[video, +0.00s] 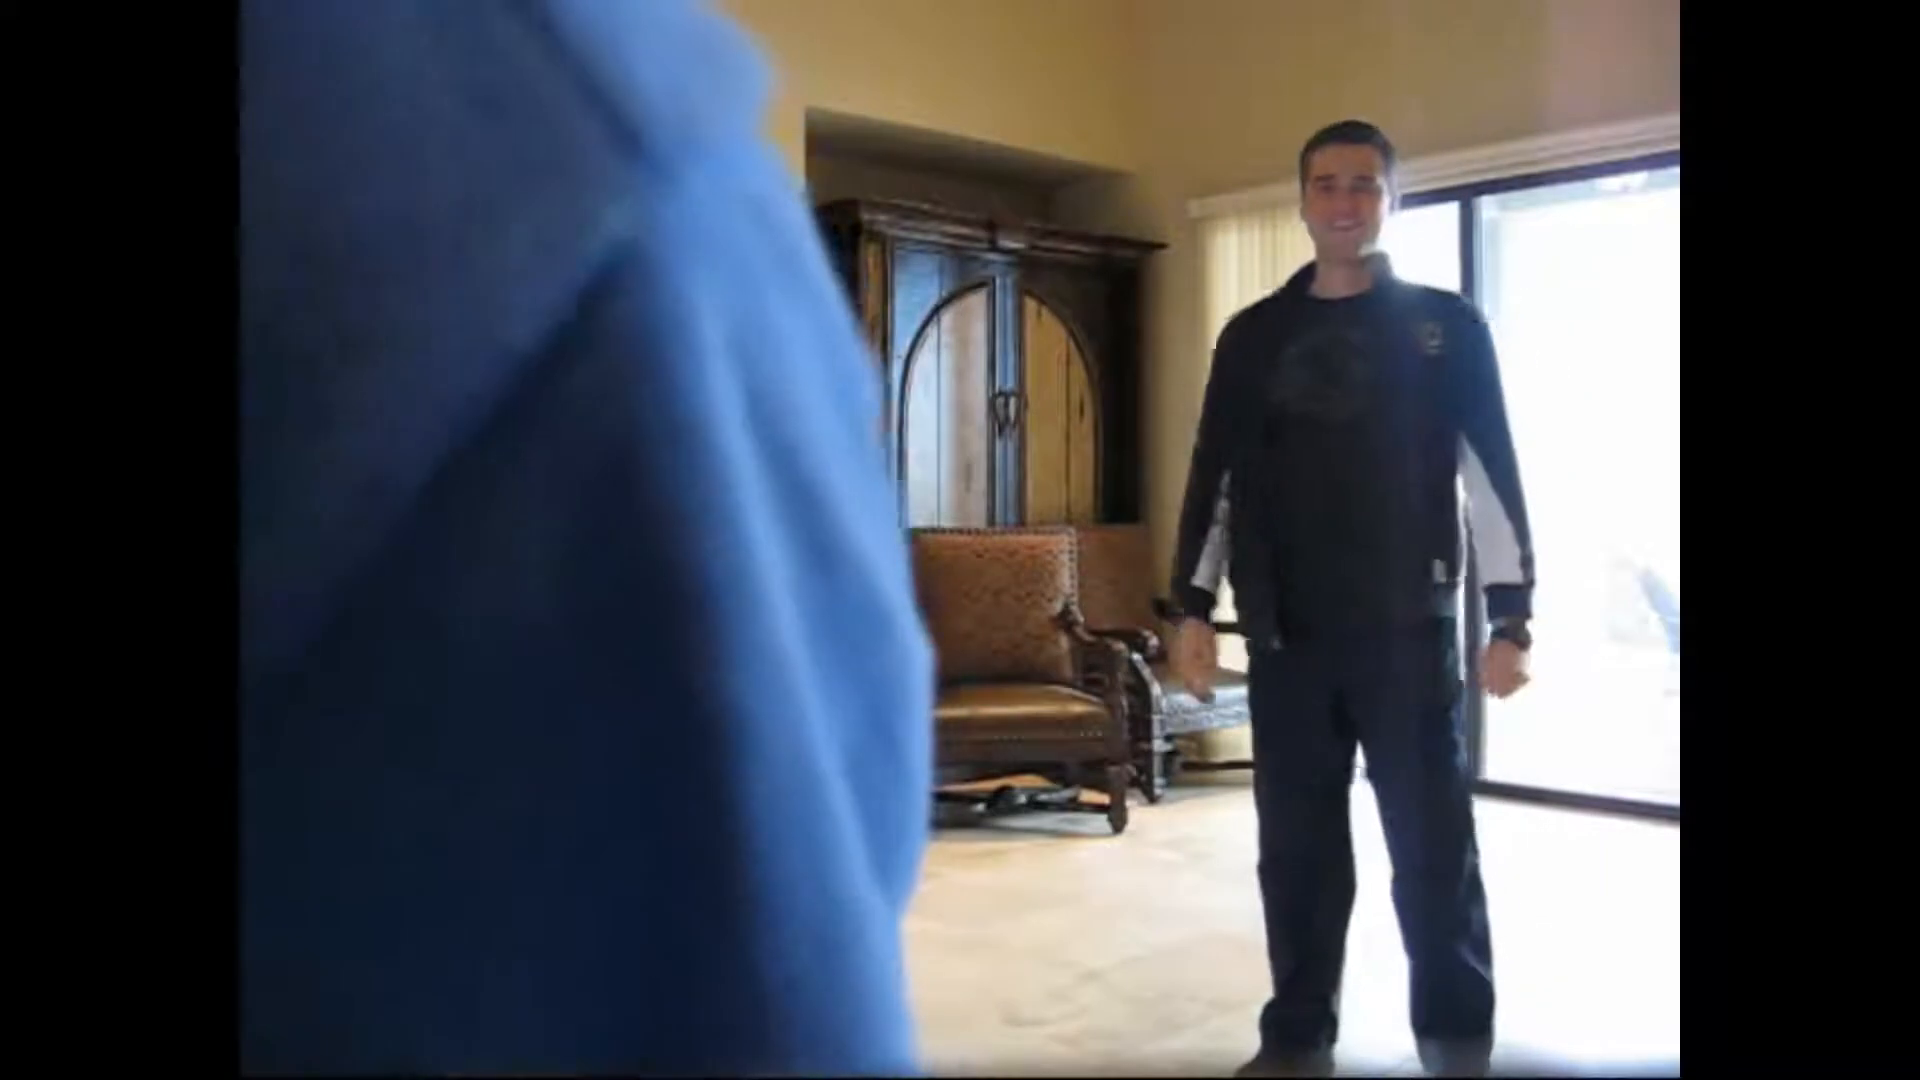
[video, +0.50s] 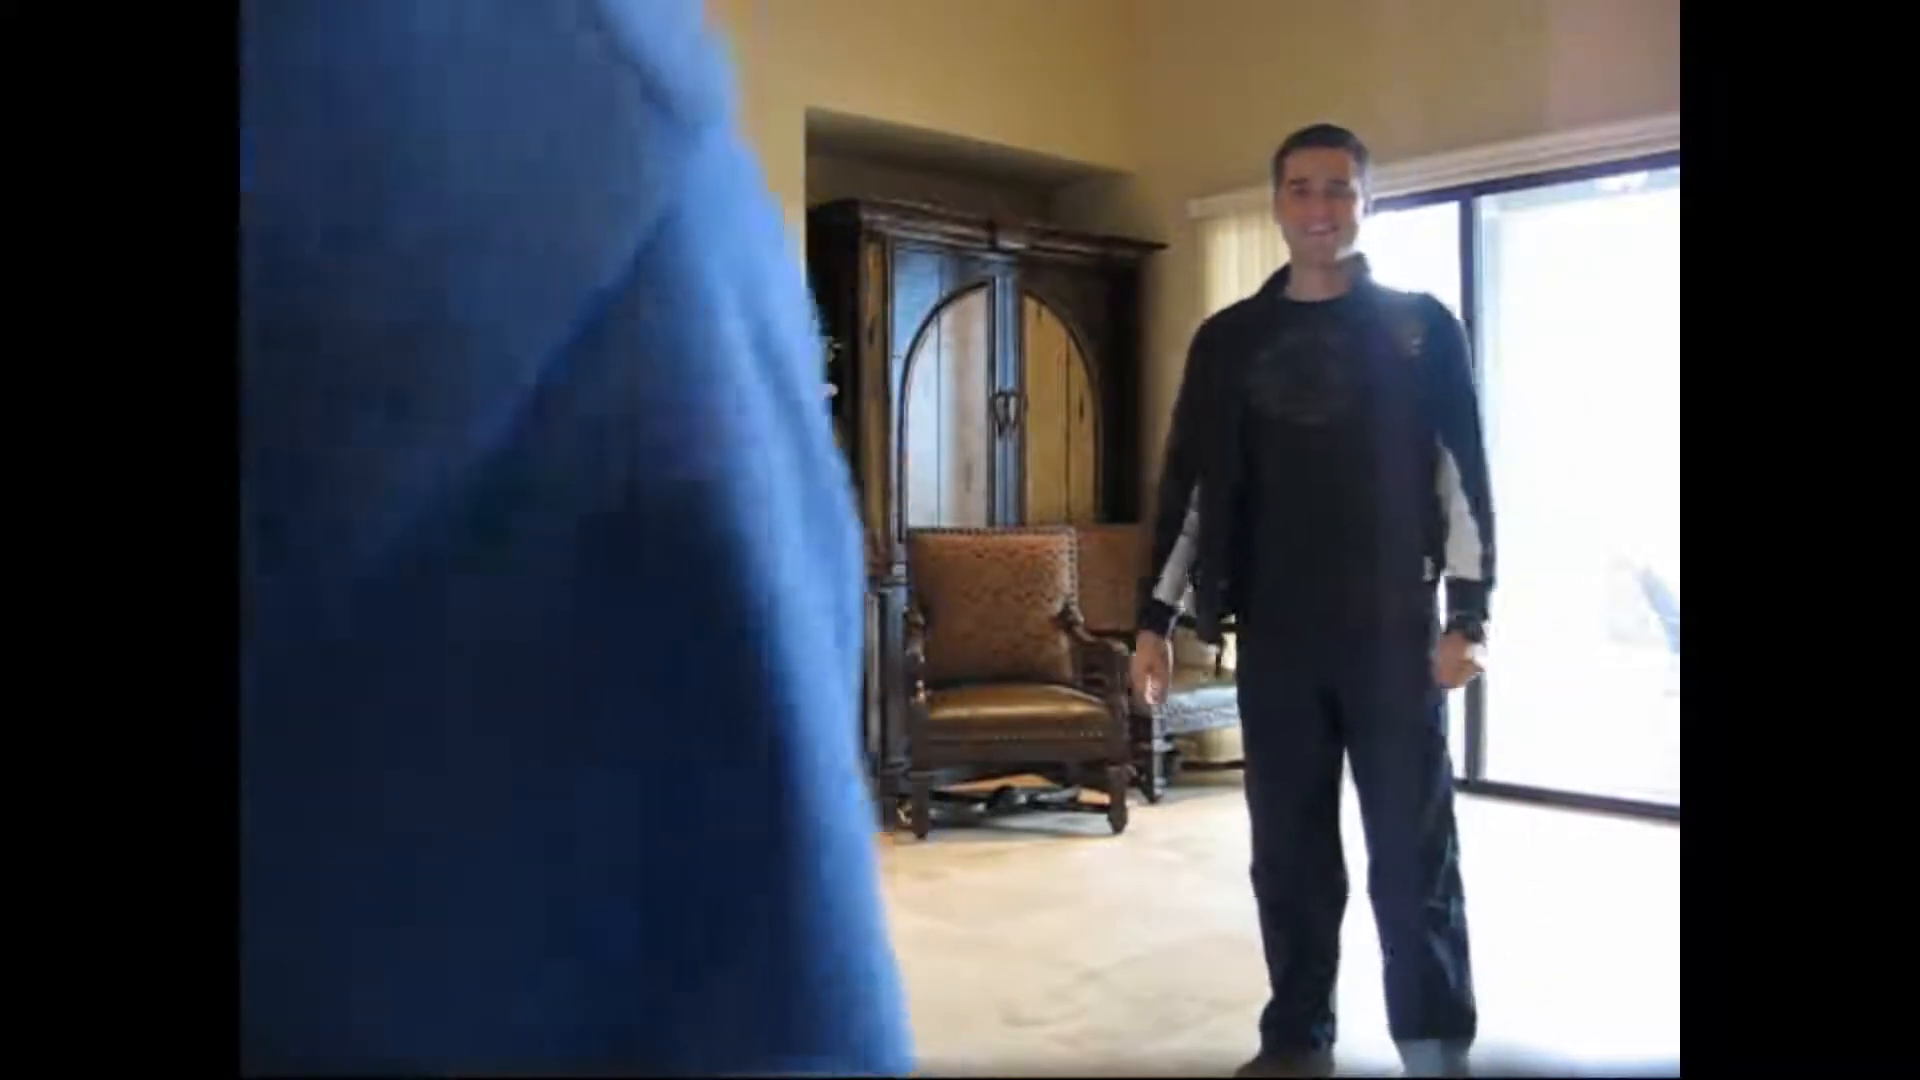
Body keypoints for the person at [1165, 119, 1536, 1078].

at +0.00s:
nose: (1343, 201)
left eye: (1362, 184)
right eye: (1326, 184)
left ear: (1390, 198)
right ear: (1301, 200)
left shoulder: (1445, 324)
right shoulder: (1250, 335)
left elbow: (1494, 477)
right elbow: (1210, 478)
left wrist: (1510, 619)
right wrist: (1187, 604)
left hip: (1411, 633)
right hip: (1287, 637)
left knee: (1434, 853)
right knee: (1295, 853)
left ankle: (1457, 1049)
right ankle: (1295, 1040)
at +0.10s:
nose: (1328, 202)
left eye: (1346, 186)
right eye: (1310, 186)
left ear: (1375, 201)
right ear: (1286, 202)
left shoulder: (1427, 323)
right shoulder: (1233, 336)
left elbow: (1479, 478)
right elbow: (1190, 483)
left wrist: (1493, 618)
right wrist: (1164, 607)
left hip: (1394, 633)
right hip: (1275, 637)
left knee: (1424, 849)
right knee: (1287, 853)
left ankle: (1453, 1045)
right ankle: (1295, 1040)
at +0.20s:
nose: (1319, 202)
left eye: (1337, 186)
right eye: (1301, 186)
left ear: (1365, 200)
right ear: (1277, 201)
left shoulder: (1418, 324)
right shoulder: (1225, 335)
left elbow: (1464, 478)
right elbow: (1179, 483)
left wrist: (1474, 619)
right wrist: (1145, 615)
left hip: (1387, 630)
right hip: (1272, 633)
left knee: (1417, 847)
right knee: (1283, 852)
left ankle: (1447, 1047)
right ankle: (1295, 1039)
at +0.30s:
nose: (1316, 204)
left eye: (1334, 187)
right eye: (1298, 187)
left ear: (1361, 201)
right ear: (1271, 203)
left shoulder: (1415, 326)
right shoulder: (1221, 336)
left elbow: (1454, 479)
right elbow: (1175, 485)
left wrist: (1455, 616)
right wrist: (1139, 614)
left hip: (1387, 635)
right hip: (1272, 636)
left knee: (1408, 859)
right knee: (1283, 857)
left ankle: (1436, 1057)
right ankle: (1295, 1043)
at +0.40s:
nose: (1316, 204)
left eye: (1334, 187)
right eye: (1298, 188)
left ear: (1361, 201)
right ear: (1272, 203)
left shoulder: (1417, 326)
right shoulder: (1222, 337)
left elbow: (1458, 477)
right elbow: (1173, 484)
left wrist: (1455, 614)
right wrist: (1139, 614)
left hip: (1388, 636)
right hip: (1273, 637)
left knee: (1410, 860)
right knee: (1284, 857)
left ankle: (1437, 1057)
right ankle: (1295, 1041)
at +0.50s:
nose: (1319, 204)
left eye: (1337, 188)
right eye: (1301, 188)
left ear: (1366, 203)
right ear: (1276, 204)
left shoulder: (1420, 326)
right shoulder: (1226, 338)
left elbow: (1464, 477)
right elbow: (1185, 486)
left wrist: (1467, 616)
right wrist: (1155, 619)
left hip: (1392, 634)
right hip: (1276, 636)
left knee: (1414, 861)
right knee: (1287, 856)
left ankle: (1439, 1055)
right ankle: (1295, 1041)